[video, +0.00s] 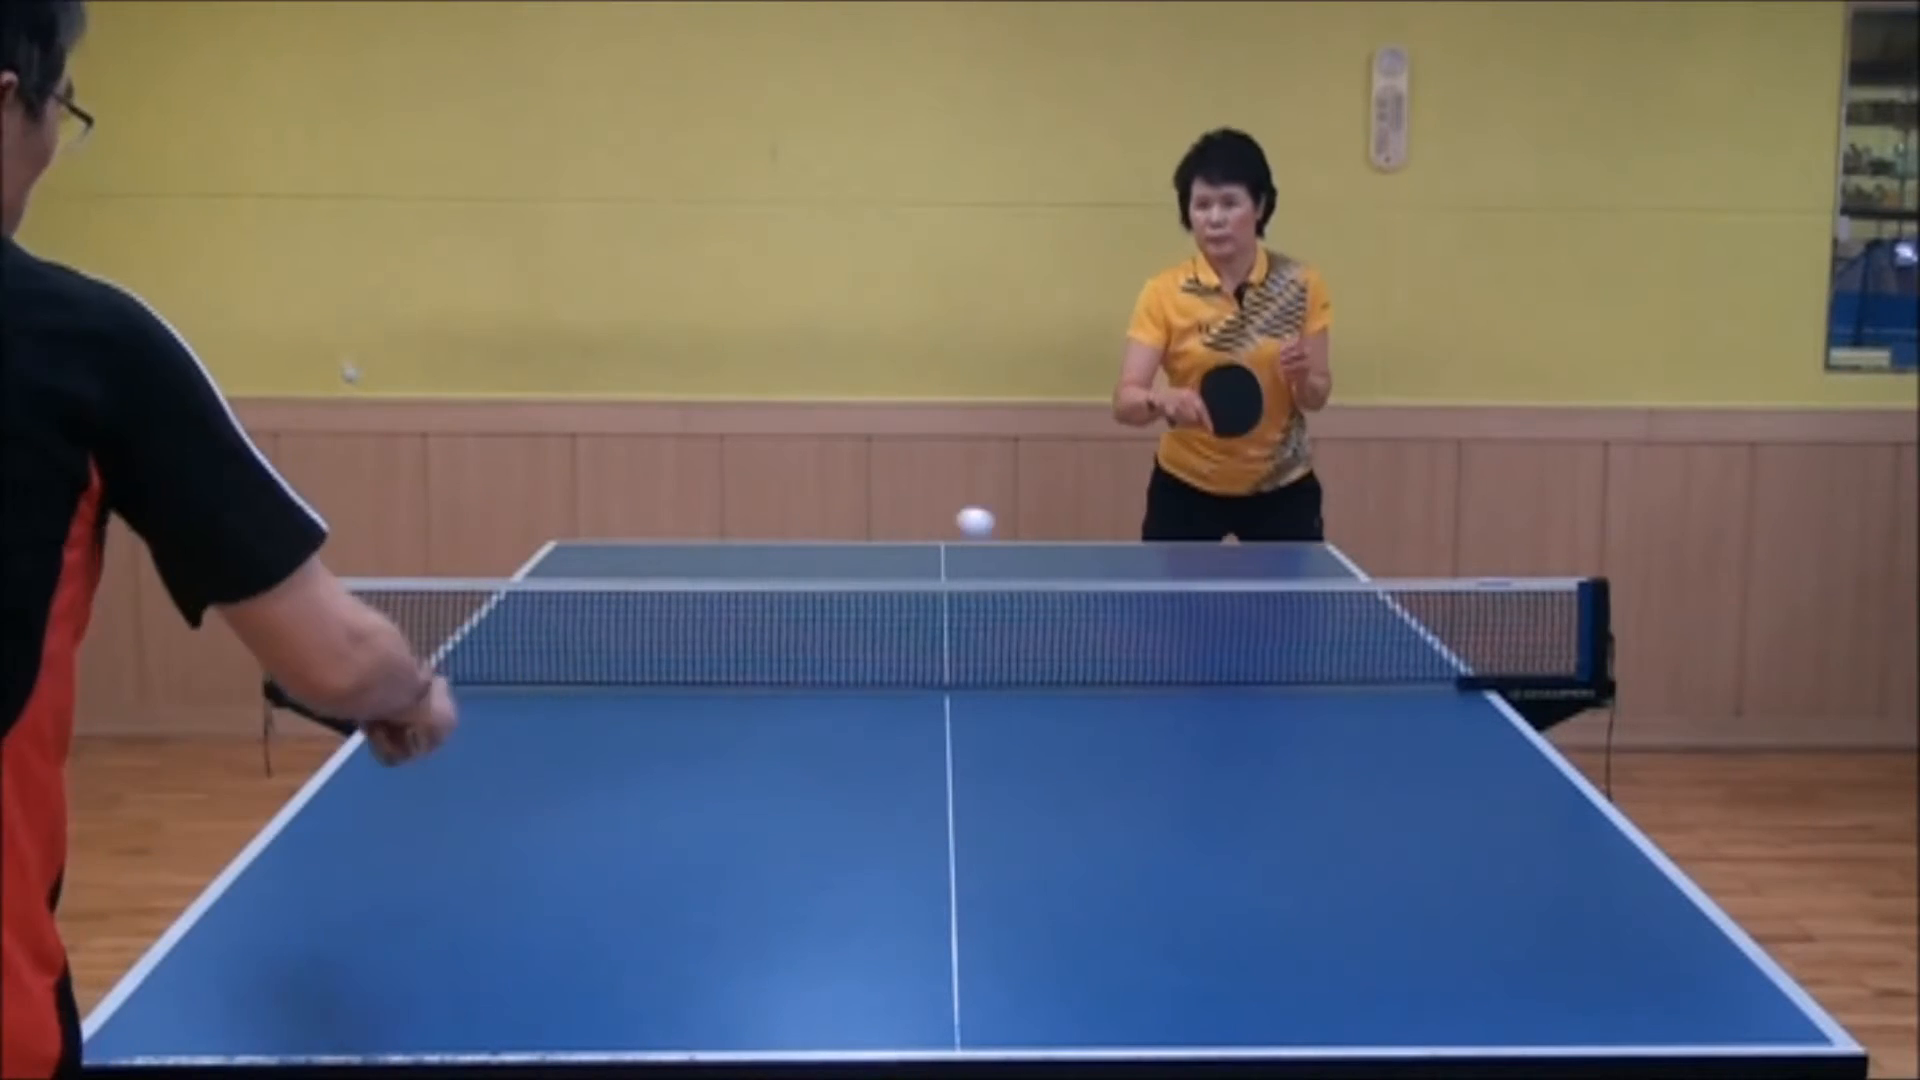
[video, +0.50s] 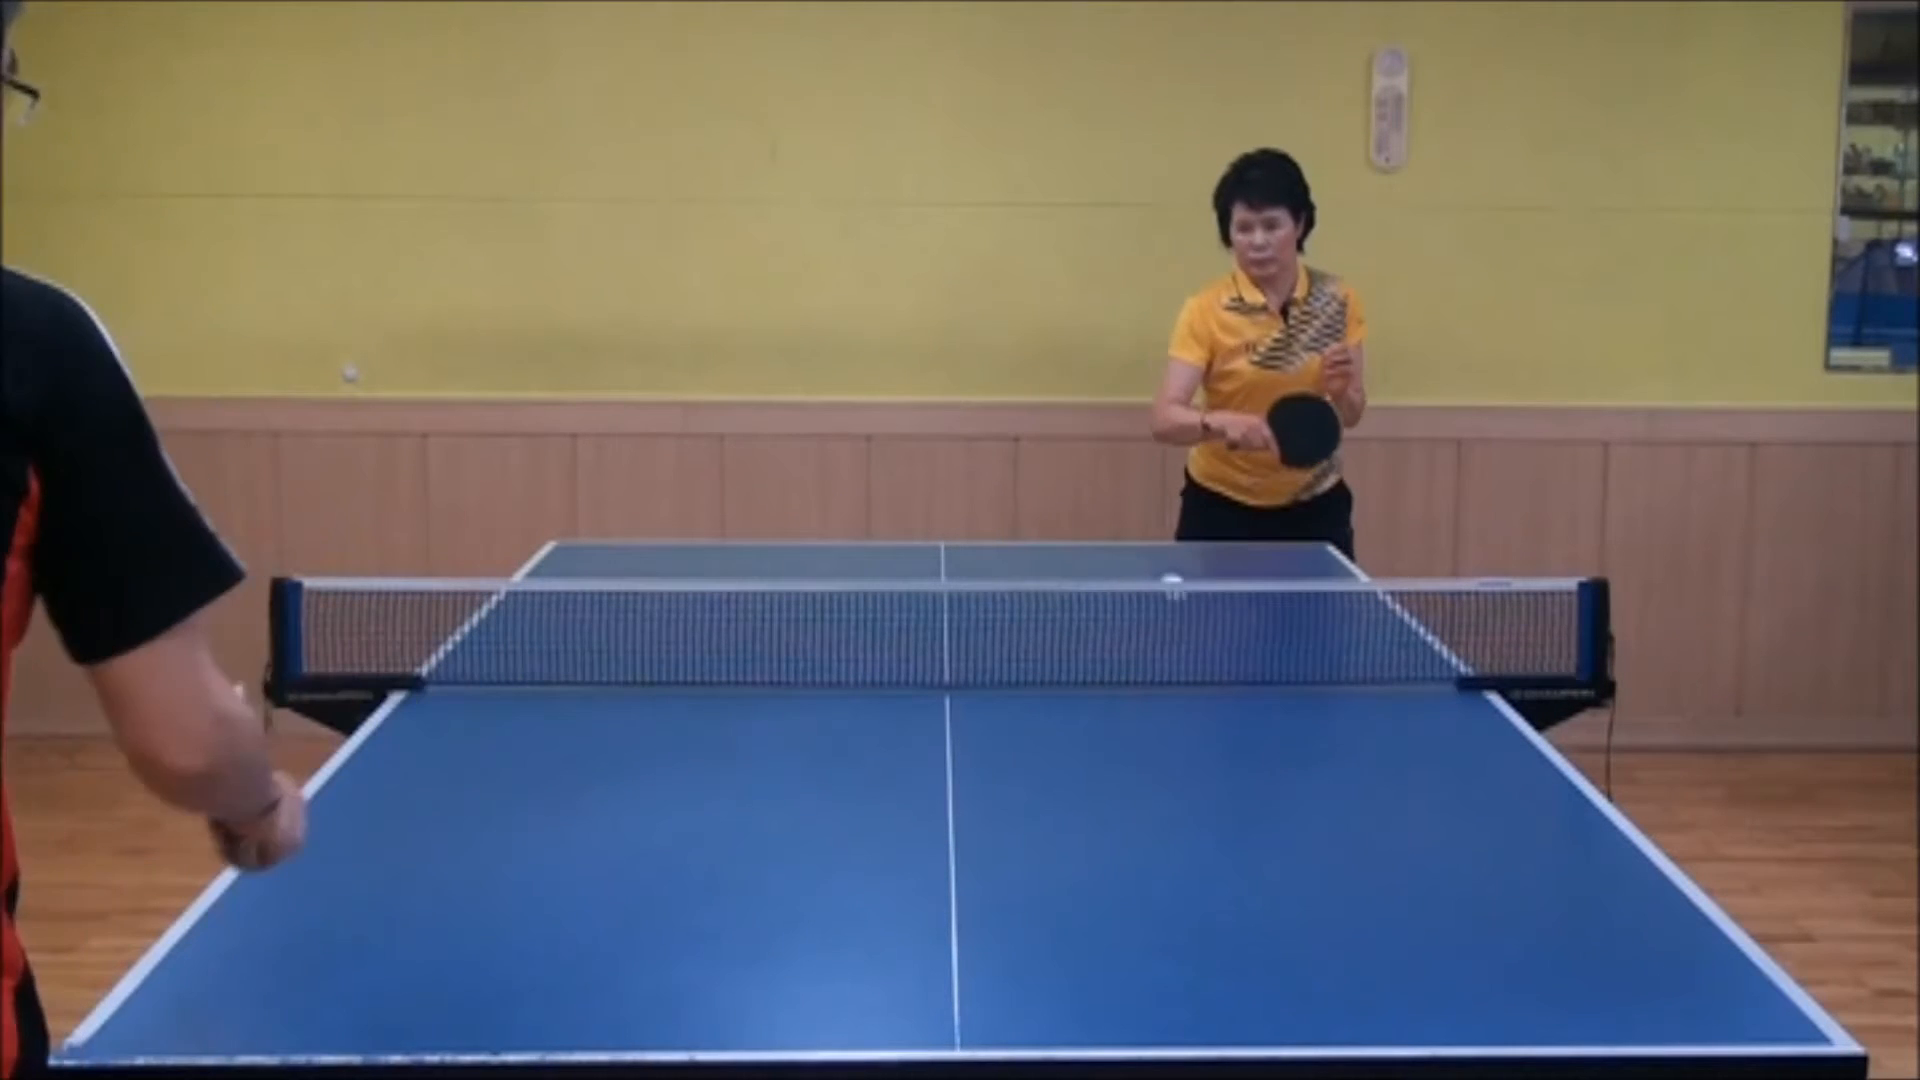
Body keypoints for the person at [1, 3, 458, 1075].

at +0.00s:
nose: (50, 155)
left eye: (59, 117)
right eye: (54, 114)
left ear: (12, 101)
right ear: (8, 102)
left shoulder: (74, 335)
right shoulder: (69, 335)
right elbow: (328, 655)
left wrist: (391, 692)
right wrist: (407, 701)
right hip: (10, 1004)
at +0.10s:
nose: (40, 132)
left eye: (42, 96)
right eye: (40, 96)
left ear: (26, 104)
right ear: (14, 106)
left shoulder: (68, 338)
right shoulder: (62, 337)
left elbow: (295, 679)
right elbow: (301, 678)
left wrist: (359, 716)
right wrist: (370, 721)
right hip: (7, 1003)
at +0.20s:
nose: (41, 131)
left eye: (42, 95)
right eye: (40, 95)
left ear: (27, 104)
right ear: (15, 106)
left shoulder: (69, 338)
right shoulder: (63, 337)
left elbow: (294, 678)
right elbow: (300, 678)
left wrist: (359, 716)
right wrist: (371, 721)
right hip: (7, 1000)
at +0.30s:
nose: (30, 126)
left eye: (32, 87)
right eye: (32, 86)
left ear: (21, 101)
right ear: (12, 103)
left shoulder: (60, 338)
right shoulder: (52, 337)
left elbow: (257, 698)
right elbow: (259, 699)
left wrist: (318, 741)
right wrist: (334, 750)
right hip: (3, 1000)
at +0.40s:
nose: (21, 115)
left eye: (20, 79)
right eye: (20, 77)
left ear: (13, 99)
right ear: (5, 97)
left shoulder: (51, 342)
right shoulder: (41, 341)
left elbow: (218, 722)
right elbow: (223, 722)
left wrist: (288, 766)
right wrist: (296, 775)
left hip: (9, 987)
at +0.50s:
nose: (15, 103)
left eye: (11, 83)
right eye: (10, 82)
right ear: (4, 86)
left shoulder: (38, 341)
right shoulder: (29, 341)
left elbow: (179, 737)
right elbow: (180, 736)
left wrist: (246, 797)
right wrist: (253, 805)